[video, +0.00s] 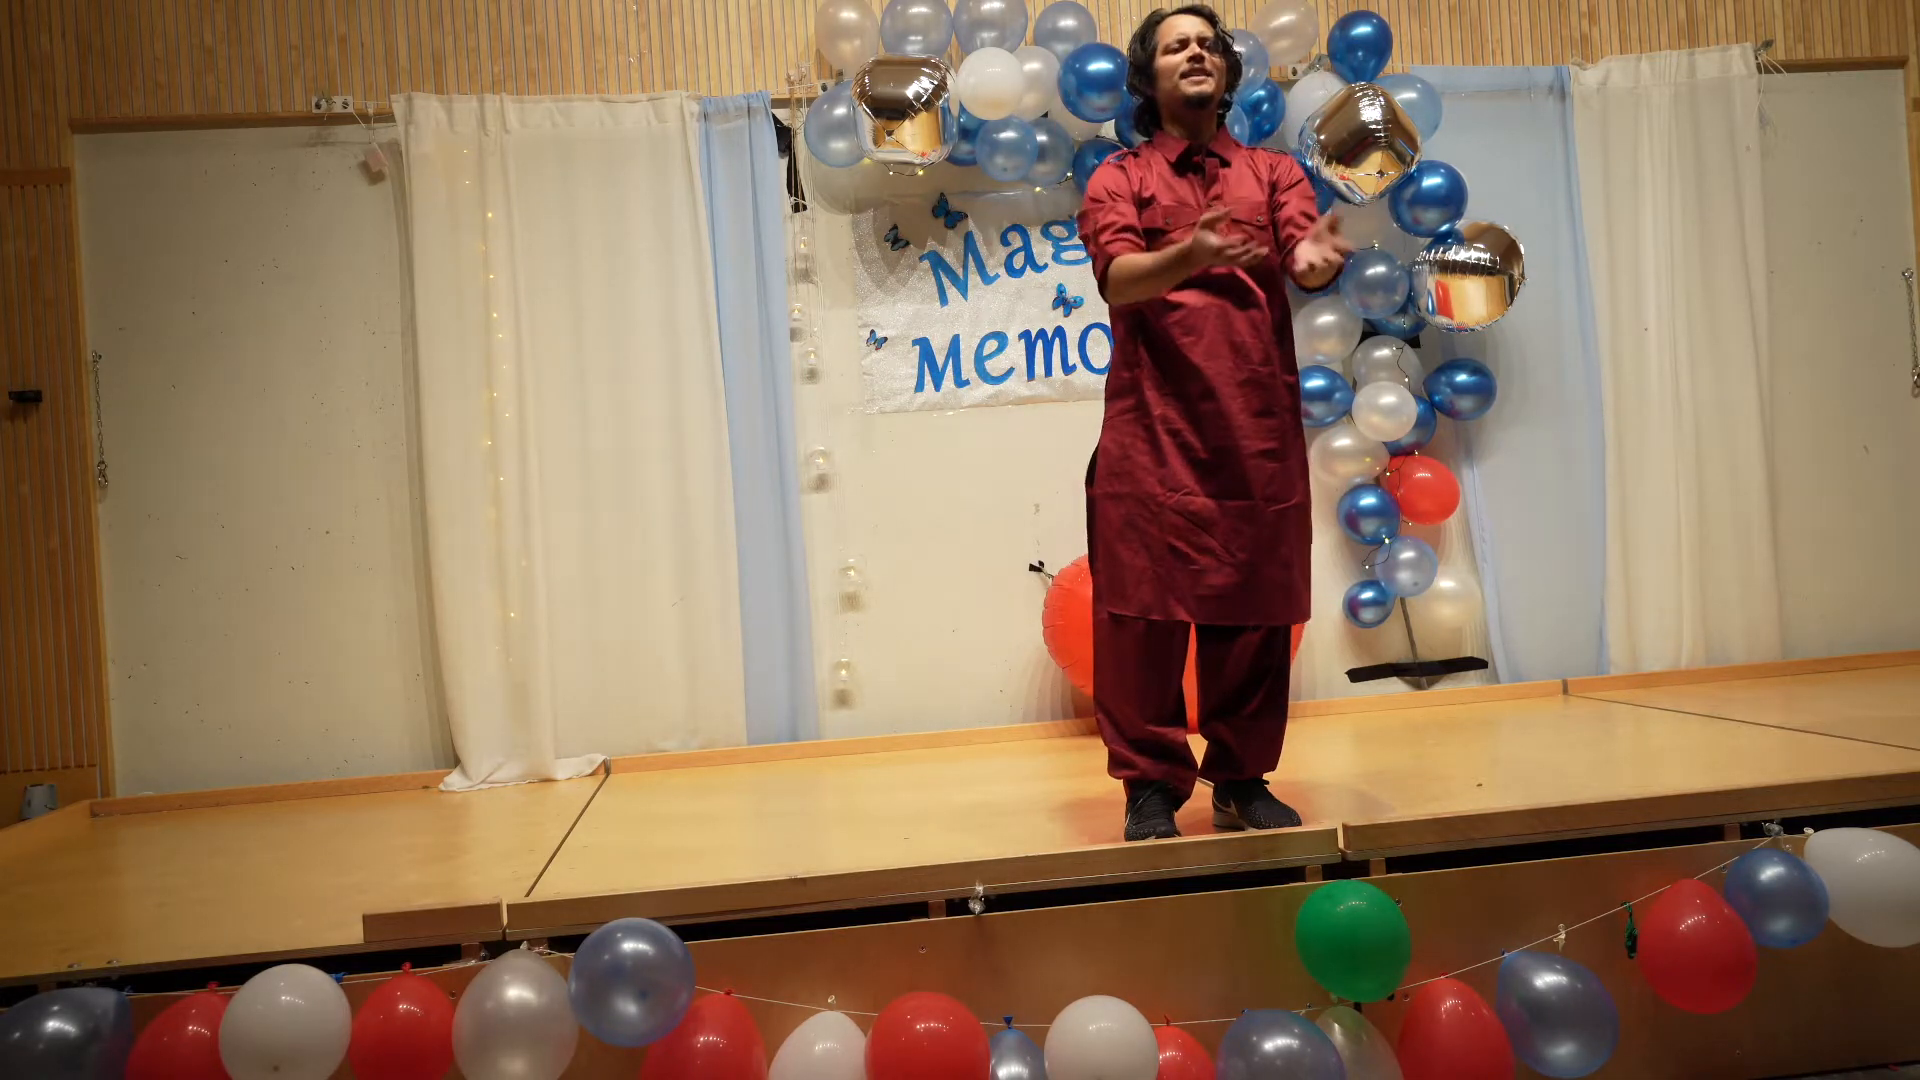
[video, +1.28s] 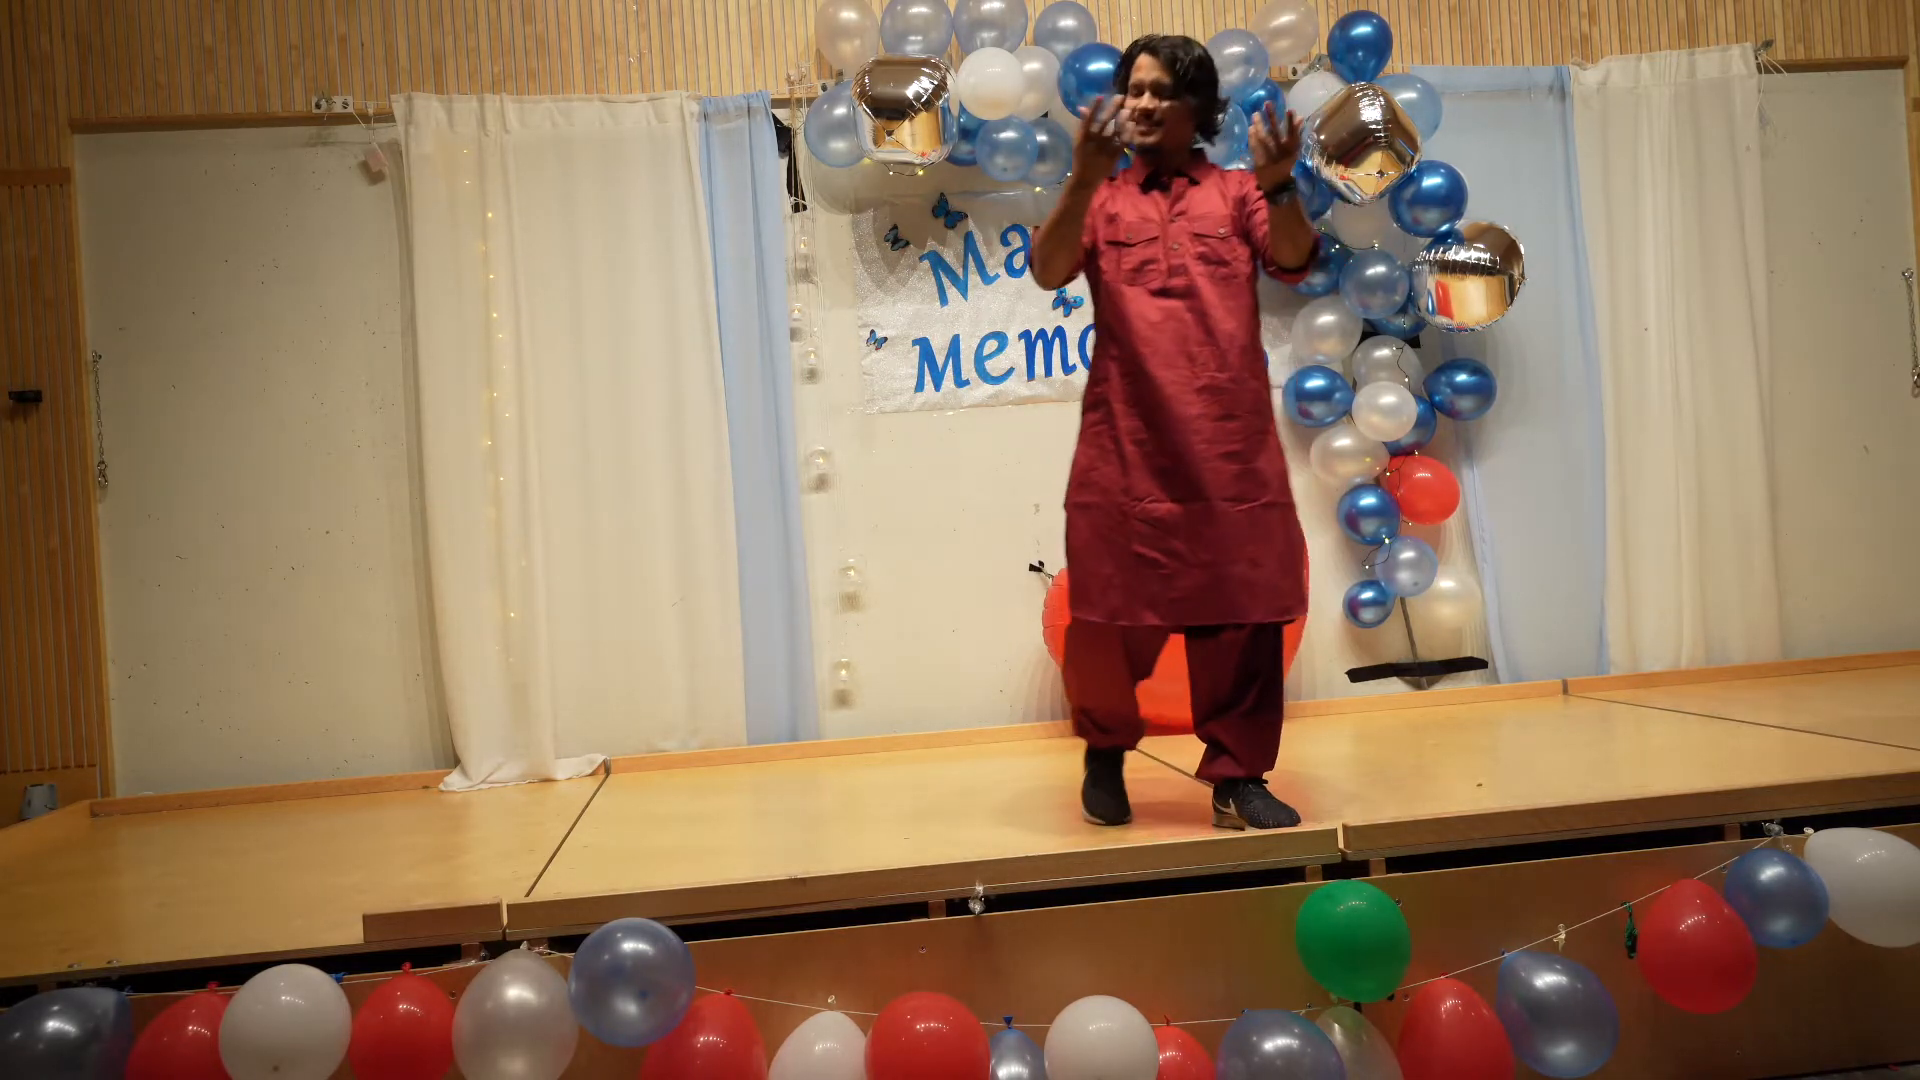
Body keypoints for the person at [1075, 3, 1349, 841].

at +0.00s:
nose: (1197, 55)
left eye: (1209, 45)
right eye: (1177, 47)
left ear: (1231, 72)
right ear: (1146, 80)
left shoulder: (1274, 171)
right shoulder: (1117, 179)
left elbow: (1314, 240)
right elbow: (1117, 281)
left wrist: (1316, 256)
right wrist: (1192, 249)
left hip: (1256, 423)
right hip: (1152, 426)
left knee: (1252, 604)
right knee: (1142, 607)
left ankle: (1241, 784)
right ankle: (1150, 789)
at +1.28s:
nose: (1139, 103)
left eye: (1158, 92)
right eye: (1132, 90)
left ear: (1197, 109)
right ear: (1118, 104)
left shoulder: (1235, 188)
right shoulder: (1100, 194)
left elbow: (1294, 261)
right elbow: (1048, 271)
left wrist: (1279, 189)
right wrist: (1083, 177)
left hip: (1229, 436)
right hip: (1128, 436)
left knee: (1243, 607)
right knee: (1109, 607)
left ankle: (1238, 777)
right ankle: (1104, 752)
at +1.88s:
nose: (1062, 136)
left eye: (1079, 125)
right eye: (1054, 123)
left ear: (1116, 138)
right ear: (1043, 132)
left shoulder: (1158, 221)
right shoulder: (1020, 220)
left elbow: (1195, 315)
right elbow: (952, 257)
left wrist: (1153, 301)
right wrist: (966, 163)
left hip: (1139, 449)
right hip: (1043, 452)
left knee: (1177, 603)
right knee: (1057, 613)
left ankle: (1203, 767)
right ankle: (1096, 768)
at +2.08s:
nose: (1044, 140)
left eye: (1060, 128)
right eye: (1034, 129)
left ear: (1096, 139)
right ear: (1024, 141)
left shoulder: (1141, 221)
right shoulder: (1006, 225)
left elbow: (1179, 306)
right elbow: (936, 248)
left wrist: (1143, 318)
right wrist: (947, 153)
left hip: (1128, 451)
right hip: (1036, 452)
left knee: (1148, 606)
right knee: (1052, 613)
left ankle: (1135, 732)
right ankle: (1093, 758)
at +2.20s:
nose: (1040, 143)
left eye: (1055, 132)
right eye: (1030, 133)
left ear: (1090, 142)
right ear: (1018, 147)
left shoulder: (1136, 226)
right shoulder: (1001, 231)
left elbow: (1176, 308)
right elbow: (933, 253)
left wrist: (1144, 317)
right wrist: (950, 155)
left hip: (1124, 454)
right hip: (1033, 455)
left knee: (1138, 609)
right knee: (1050, 615)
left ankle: (1100, 727)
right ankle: (1095, 758)